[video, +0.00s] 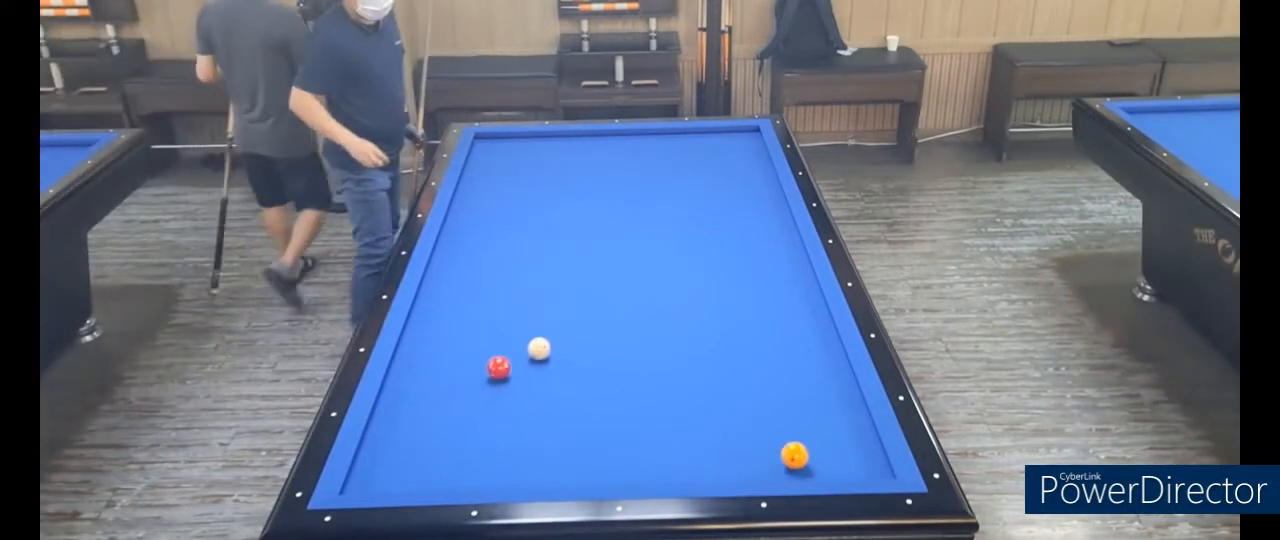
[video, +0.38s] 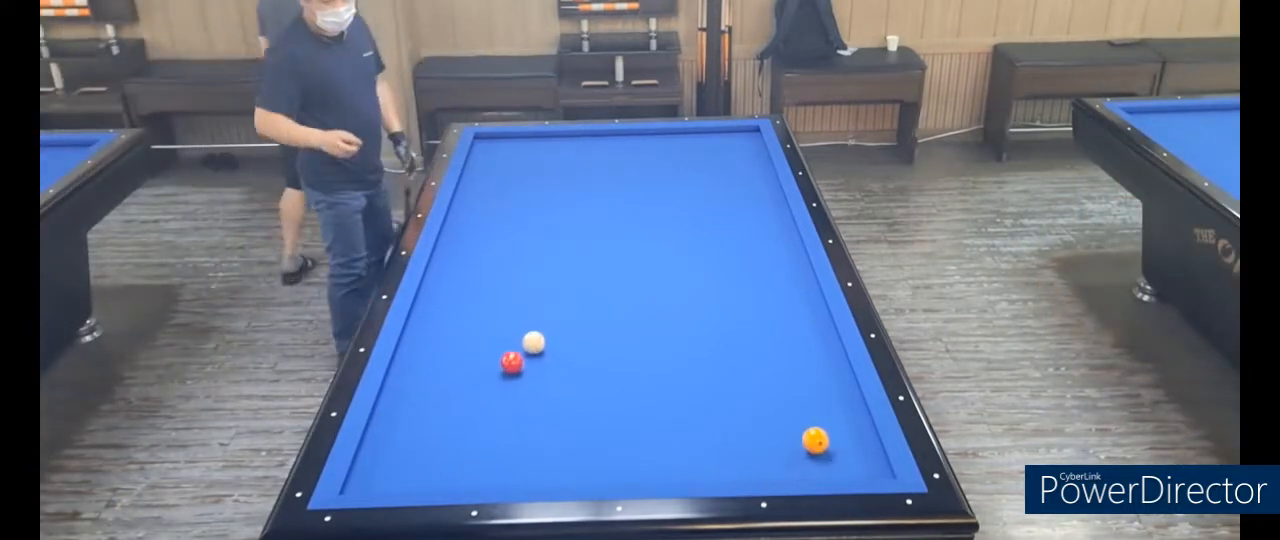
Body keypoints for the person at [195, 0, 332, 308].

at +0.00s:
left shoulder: (211, 13)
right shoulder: (283, 16)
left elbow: (205, 73)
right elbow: (310, 71)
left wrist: (236, 64)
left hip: (248, 136)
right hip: (290, 136)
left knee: (271, 203)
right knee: (315, 202)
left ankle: (295, 264)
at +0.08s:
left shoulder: (224, 9)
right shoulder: (292, 9)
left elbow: (218, 62)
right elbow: (313, 58)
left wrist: (251, 55)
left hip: (260, 126)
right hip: (303, 123)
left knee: (275, 199)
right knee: (330, 187)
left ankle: (288, 266)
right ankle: (311, 249)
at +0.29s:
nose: (344, 13)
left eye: (348, 10)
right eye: (335, 9)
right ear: (318, 6)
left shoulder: (253, 5)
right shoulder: (309, 5)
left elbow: (254, 50)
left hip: (278, 93)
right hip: (313, 91)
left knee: (288, 179)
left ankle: (289, 262)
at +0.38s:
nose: (337, 21)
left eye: (342, 15)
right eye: (328, 17)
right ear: (310, 7)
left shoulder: (267, 5)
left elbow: (266, 50)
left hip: (286, 88)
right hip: (321, 87)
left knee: (294, 179)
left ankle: (290, 259)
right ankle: (289, 259)